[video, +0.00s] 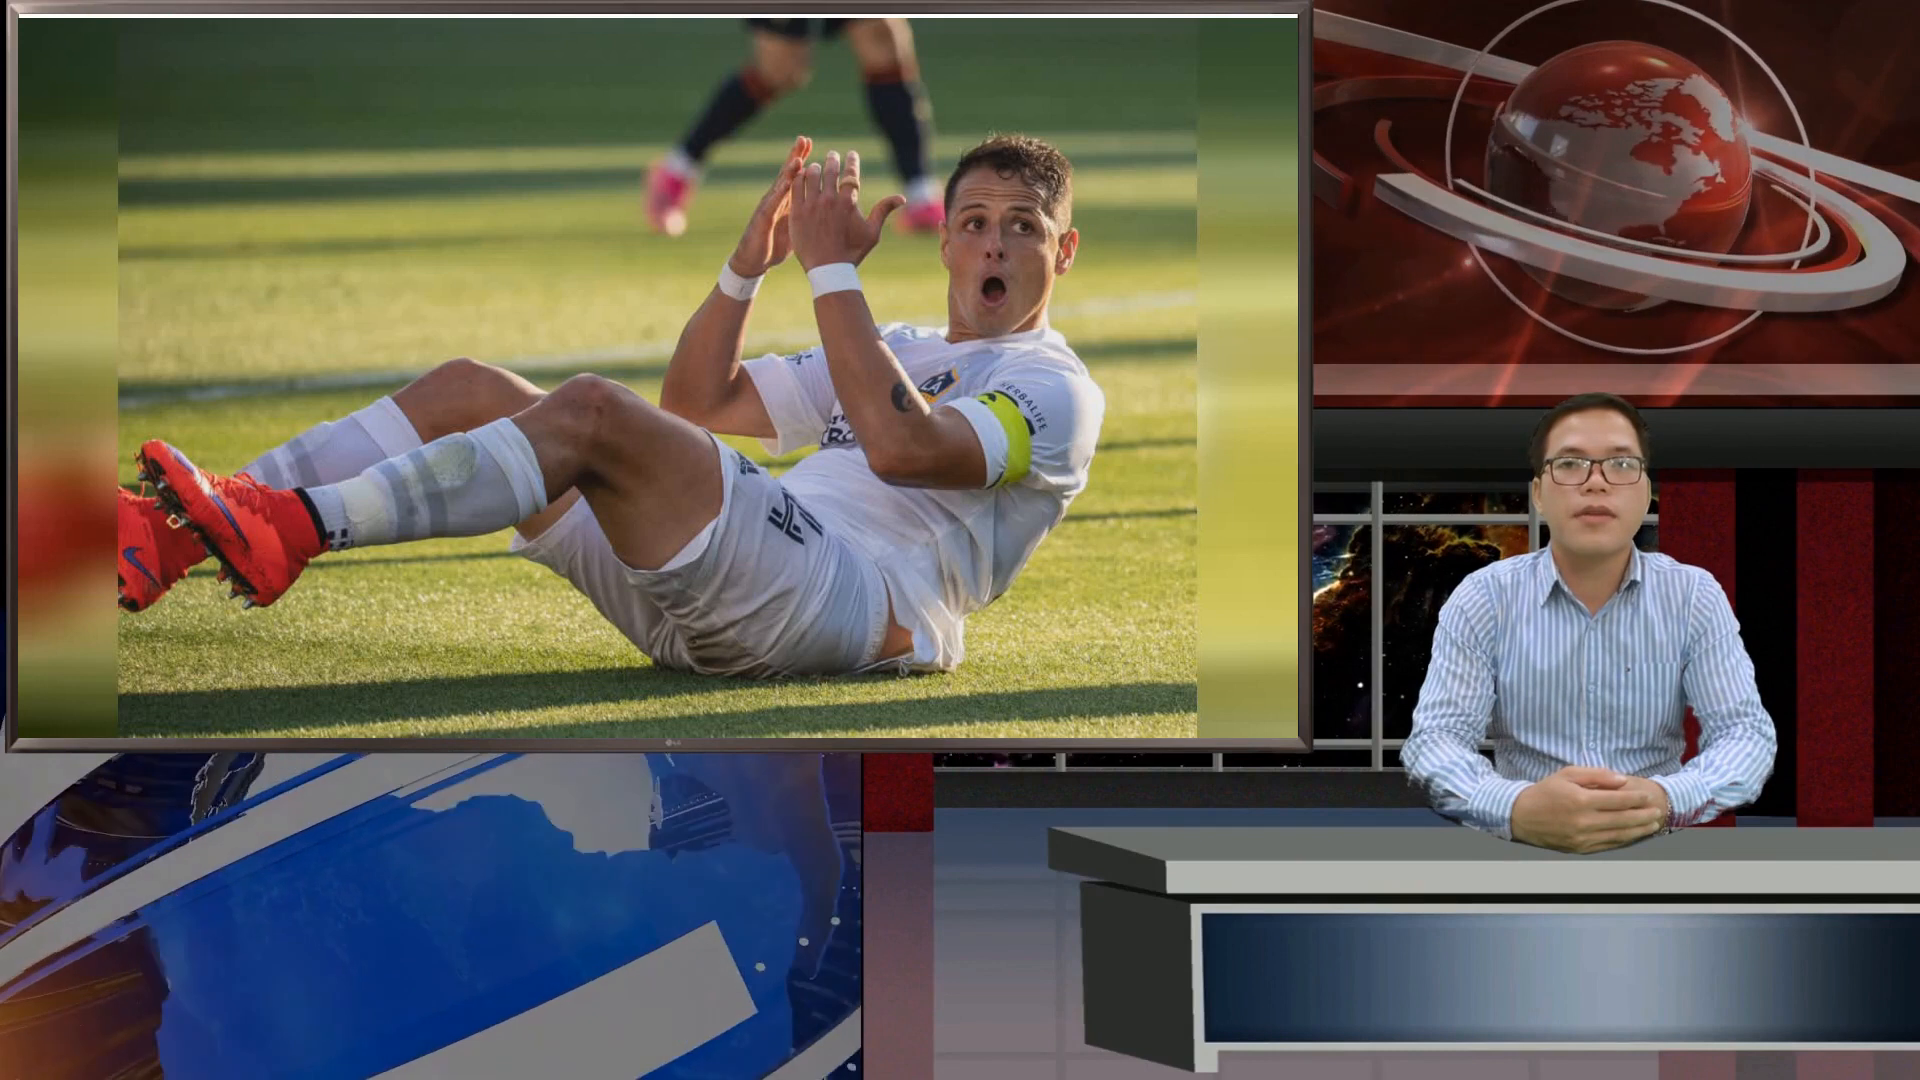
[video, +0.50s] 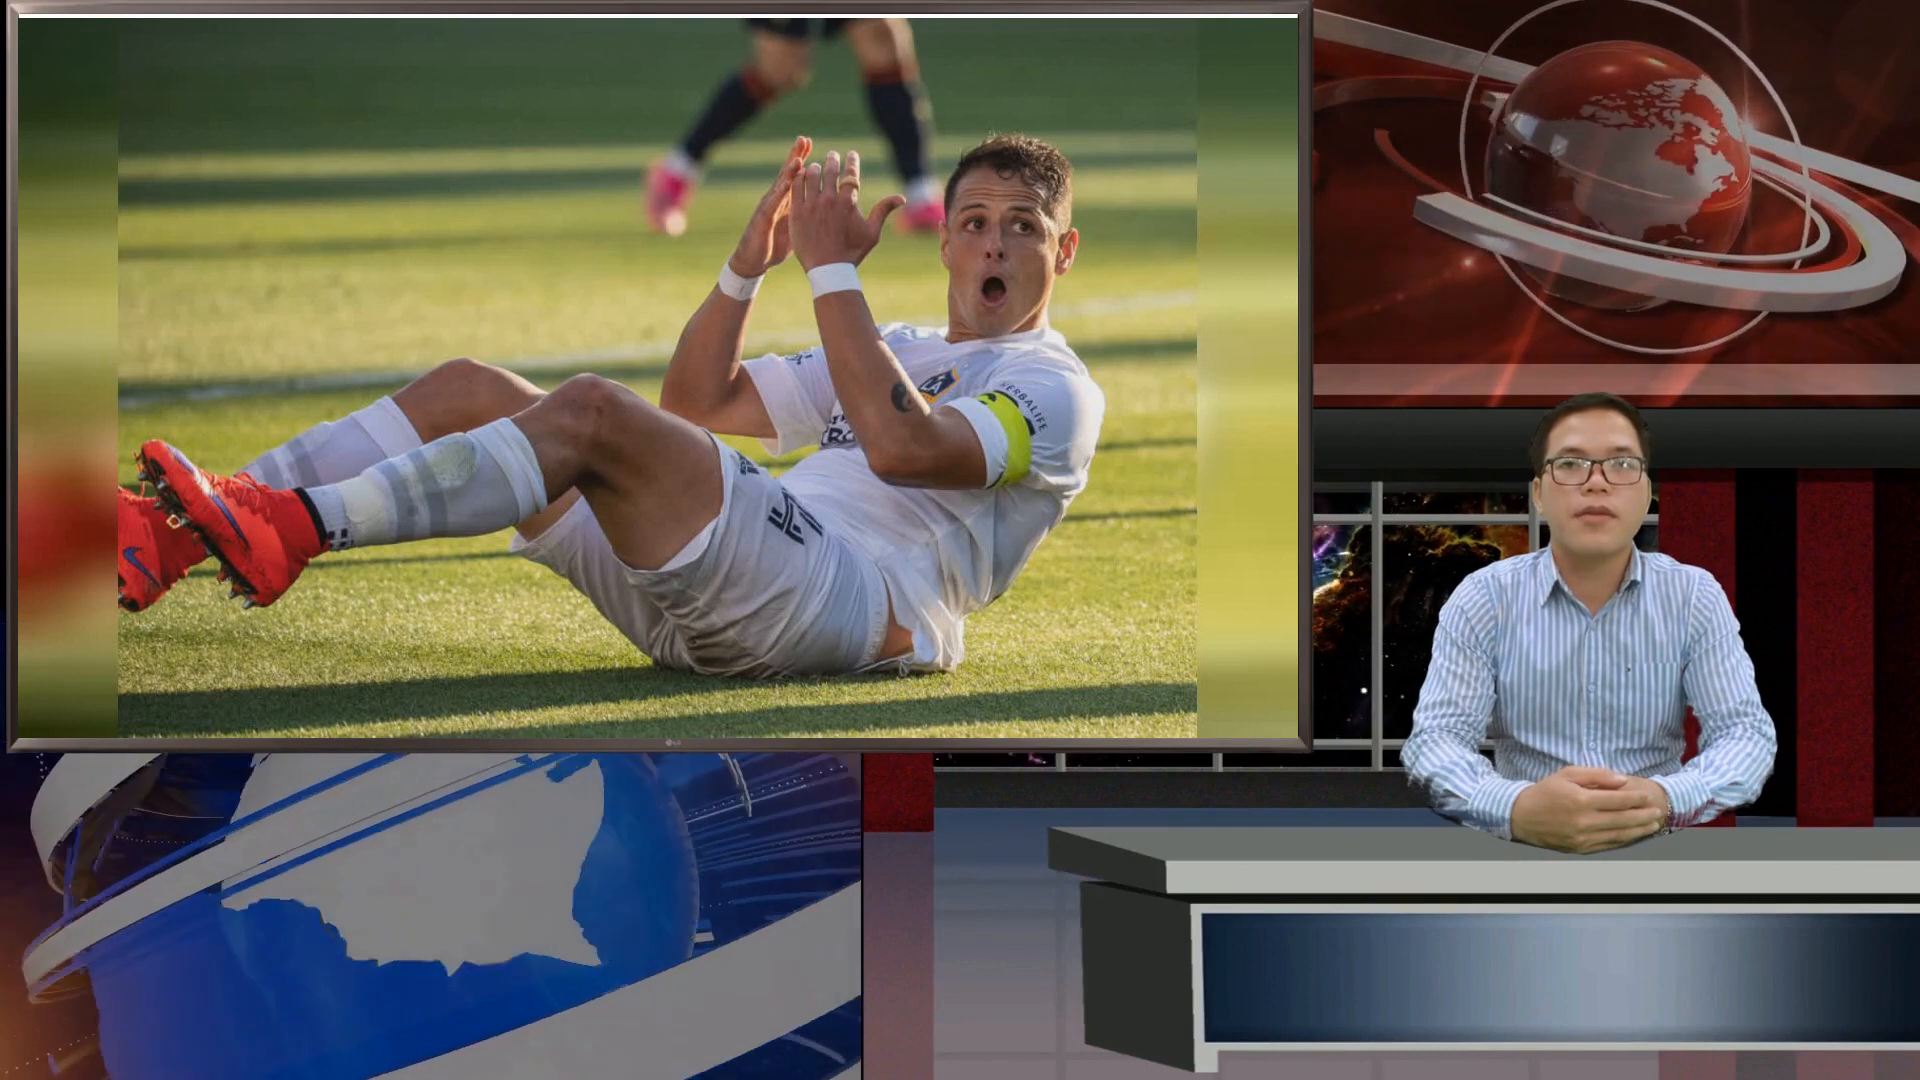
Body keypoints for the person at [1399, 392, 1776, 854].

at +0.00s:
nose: (1596, 483)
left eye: (1619, 464)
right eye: (1570, 464)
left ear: (1646, 494)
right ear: (1538, 496)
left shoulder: (1690, 598)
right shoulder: (1484, 601)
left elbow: (1745, 735)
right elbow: (1433, 745)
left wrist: (1667, 799)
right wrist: (1514, 809)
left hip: (1656, 853)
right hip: (1520, 857)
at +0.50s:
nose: (1596, 483)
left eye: (1620, 464)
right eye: (1570, 464)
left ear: (1647, 495)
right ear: (1539, 496)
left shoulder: (1691, 598)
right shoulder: (1484, 601)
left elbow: (1745, 735)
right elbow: (1434, 744)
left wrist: (1667, 799)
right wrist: (1514, 809)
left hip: (1656, 852)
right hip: (1519, 856)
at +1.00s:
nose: (1596, 483)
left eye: (1620, 465)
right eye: (1570, 464)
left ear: (1646, 494)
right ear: (1539, 496)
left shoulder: (1690, 598)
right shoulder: (1484, 601)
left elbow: (1745, 735)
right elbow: (1433, 745)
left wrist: (1667, 799)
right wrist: (1515, 809)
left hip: (1656, 853)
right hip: (1520, 857)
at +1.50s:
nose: (1596, 483)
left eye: (1620, 464)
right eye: (1571, 464)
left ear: (1647, 495)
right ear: (1539, 496)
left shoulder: (1691, 598)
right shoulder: (1485, 601)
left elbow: (1745, 735)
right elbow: (1433, 745)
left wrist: (1667, 799)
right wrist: (1514, 809)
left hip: (1656, 853)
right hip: (1520, 857)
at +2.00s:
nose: (1597, 483)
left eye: (1620, 465)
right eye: (1571, 464)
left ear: (1647, 495)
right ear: (1539, 496)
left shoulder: (1691, 598)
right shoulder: (1484, 601)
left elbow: (1745, 735)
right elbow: (1433, 745)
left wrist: (1667, 799)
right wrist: (1514, 809)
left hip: (1657, 853)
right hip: (1520, 856)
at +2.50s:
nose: (1596, 483)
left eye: (1620, 464)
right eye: (1571, 464)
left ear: (1647, 495)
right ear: (1539, 496)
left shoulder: (1691, 598)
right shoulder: (1484, 600)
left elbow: (1745, 735)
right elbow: (1434, 744)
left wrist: (1667, 799)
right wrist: (1514, 809)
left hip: (1657, 853)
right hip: (1520, 857)